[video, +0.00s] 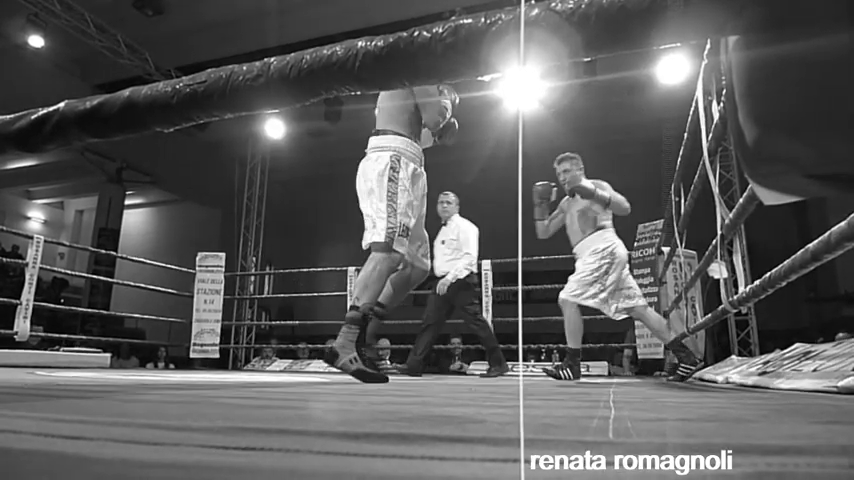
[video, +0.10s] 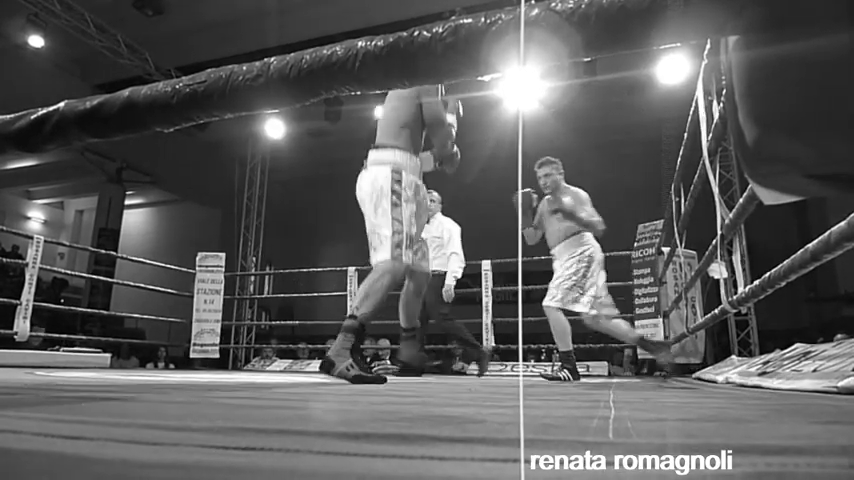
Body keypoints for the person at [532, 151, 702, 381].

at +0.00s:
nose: (564, 177)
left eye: (568, 171)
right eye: (560, 173)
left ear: (580, 170)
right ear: (558, 177)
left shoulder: (597, 186)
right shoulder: (566, 204)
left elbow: (625, 208)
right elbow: (543, 232)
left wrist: (593, 194)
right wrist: (540, 204)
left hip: (605, 248)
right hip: (591, 255)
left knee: (568, 299)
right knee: (639, 309)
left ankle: (572, 366)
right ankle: (686, 357)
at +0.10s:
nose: (545, 181)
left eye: (549, 175)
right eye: (541, 177)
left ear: (561, 175)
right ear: (538, 180)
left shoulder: (575, 195)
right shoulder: (543, 205)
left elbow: (599, 227)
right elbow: (532, 238)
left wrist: (569, 211)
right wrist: (524, 211)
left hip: (582, 252)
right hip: (564, 259)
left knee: (551, 306)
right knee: (593, 318)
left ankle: (568, 368)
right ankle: (651, 345)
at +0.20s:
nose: (532, 179)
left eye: (536, 173)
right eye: (528, 175)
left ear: (548, 173)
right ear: (525, 179)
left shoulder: (561, 193)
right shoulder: (532, 202)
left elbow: (574, 225)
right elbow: (528, 240)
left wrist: (540, 215)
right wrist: (514, 215)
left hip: (568, 253)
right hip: (549, 258)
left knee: (548, 307)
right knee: (565, 318)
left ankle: (568, 366)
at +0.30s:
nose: (511, 181)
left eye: (514, 176)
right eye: (507, 178)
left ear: (526, 174)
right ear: (505, 180)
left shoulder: (538, 192)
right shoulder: (512, 201)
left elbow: (545, 223)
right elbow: (514, 244)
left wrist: (518, 209)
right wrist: (498, 221)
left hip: (548, 252)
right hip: (526, 257)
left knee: (541, 305)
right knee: (510, 308)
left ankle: (567, 364)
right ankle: (532, 361)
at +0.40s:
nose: (499, 191)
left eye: (503, 185)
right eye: (495, 188)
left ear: (515, 185)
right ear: (492, 192)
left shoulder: (525, 200)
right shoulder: (497, 216)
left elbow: (529, 230)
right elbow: (495, 252)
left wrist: (505, 209)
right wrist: (482, 229)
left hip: (533, 258)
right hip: (510, 265)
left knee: (530, 309)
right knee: (490, 310)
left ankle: (564, 364)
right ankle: (489, 363)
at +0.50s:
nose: (488, 196)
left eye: (492, 191)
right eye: (484, 192)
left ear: (502, 192)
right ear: (479, 196)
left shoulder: (512, 207)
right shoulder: (481, 221)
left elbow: (519, 234)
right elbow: (475, 257)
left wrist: (499, 210)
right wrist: (465, 230)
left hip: (514, 266)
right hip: (489, 271)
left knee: (527, 315)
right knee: (469, 317)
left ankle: (560, 361)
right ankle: (477, 364)